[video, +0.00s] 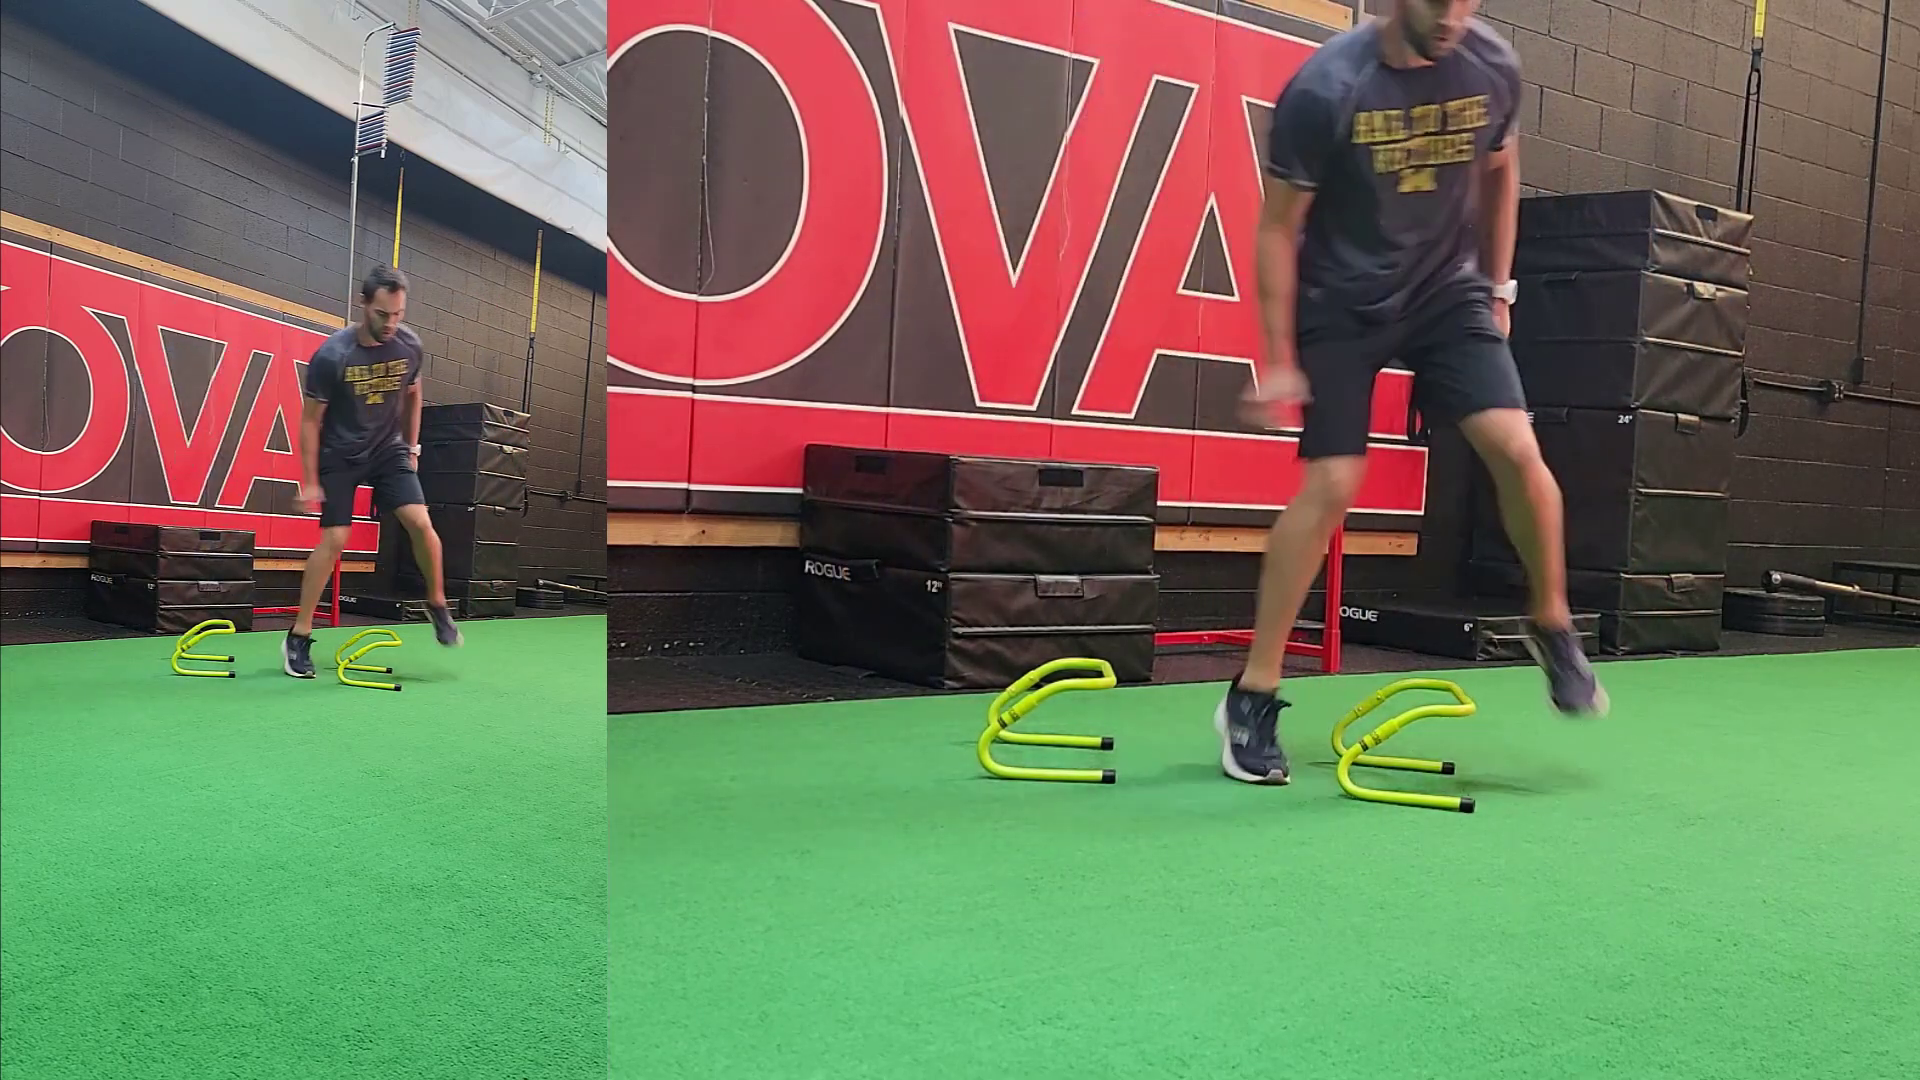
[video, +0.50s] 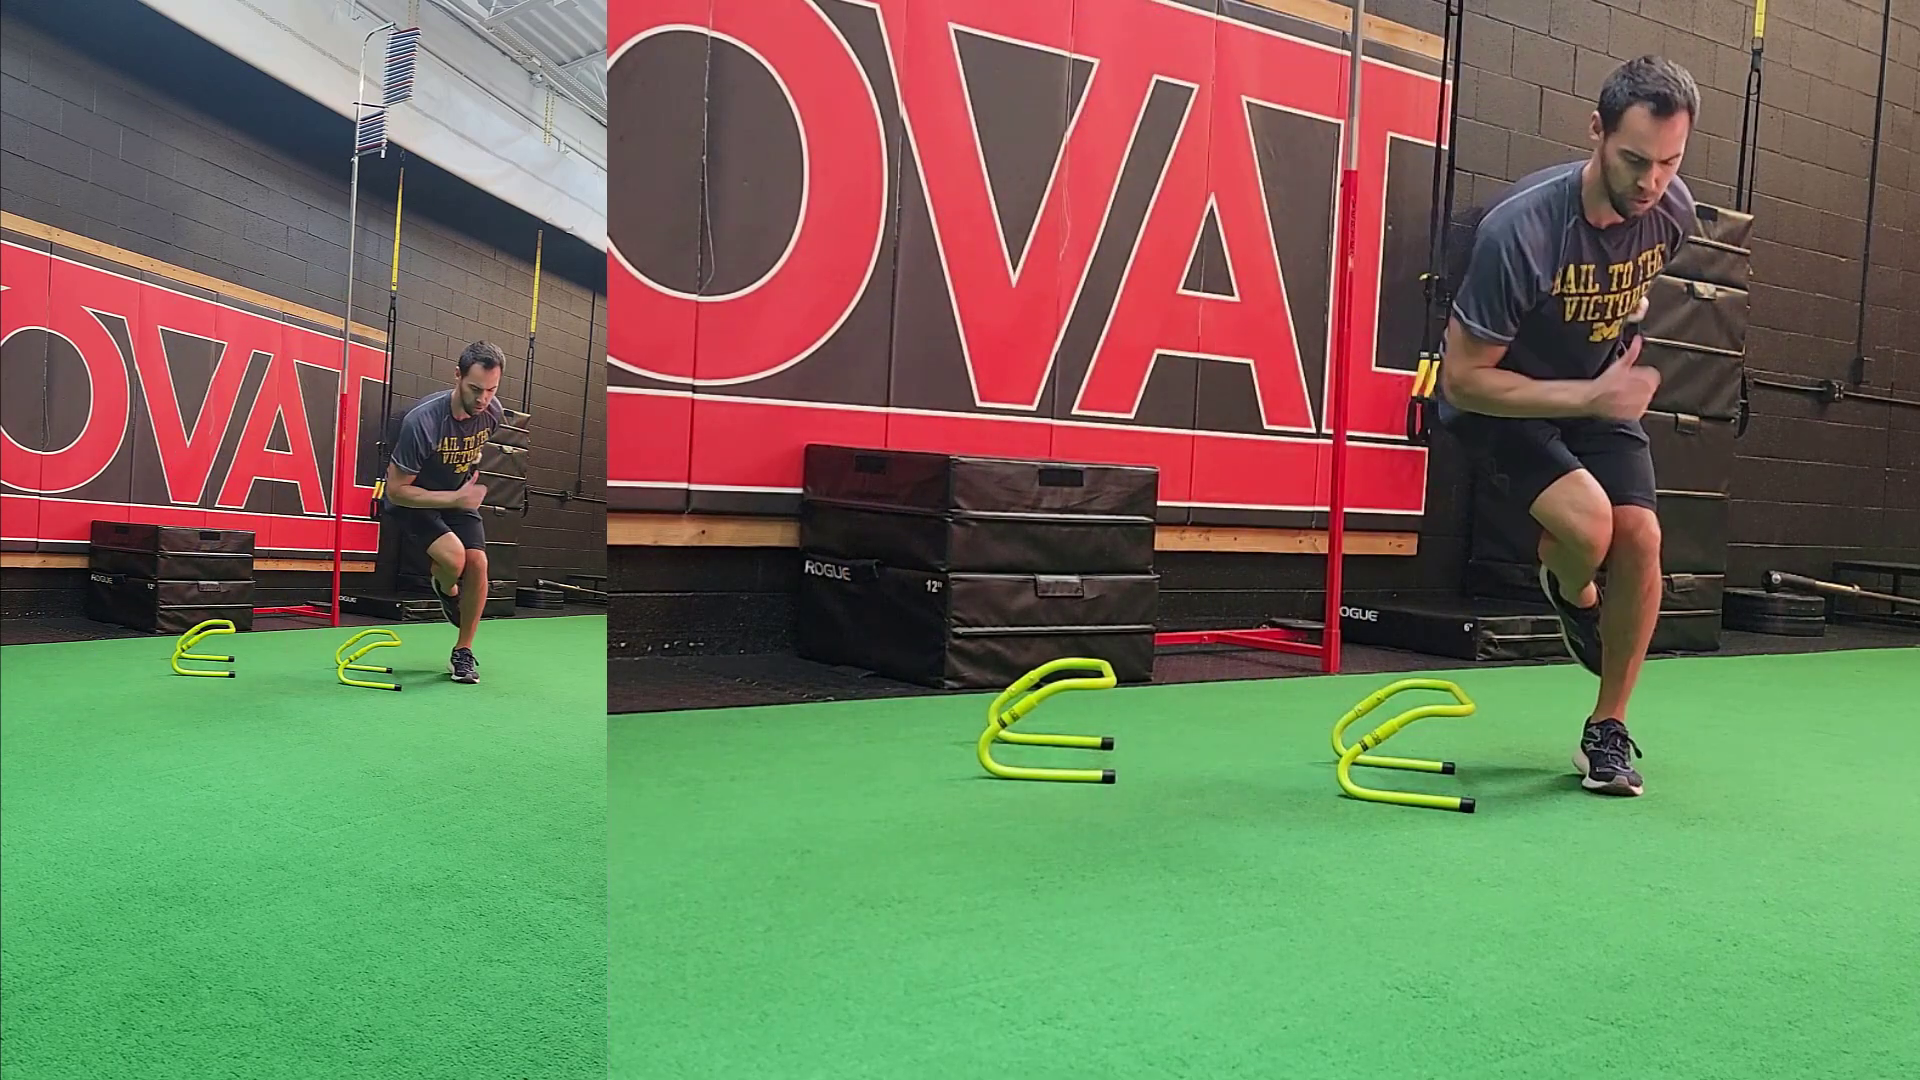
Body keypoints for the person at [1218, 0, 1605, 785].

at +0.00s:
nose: (1453, 22)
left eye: (1465, 8)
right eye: (1437, 7)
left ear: (1477, 5)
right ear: (1393, 1)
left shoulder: (1491, 65)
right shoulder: (1324, 89)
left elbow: (1499, 170)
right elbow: (1277, 226)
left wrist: (1498, 289)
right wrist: (1275, 362)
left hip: (1449, 295)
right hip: (1342, 307)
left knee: (1517, 450)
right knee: (1332, 483)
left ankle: (1554, 623)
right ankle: (1254, 695)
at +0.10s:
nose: (1515, 59)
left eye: (1530, 40)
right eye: (1497, 37)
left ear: (1543, 28)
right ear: (1453, 20)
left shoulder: (1553, 96)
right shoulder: (1387, 116)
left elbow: (1551, 191)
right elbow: (1344, 264)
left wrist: (1535, 283)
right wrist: (1421, 342)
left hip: (1504, 310)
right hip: (1402, 311)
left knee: (1545, 499)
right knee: (1427, 461)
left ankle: (1595, 709)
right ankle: (1333, 566)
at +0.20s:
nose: (1579, 121)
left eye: (1592, 101)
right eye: (1562, 100)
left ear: (1605, 88)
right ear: (1517, 79)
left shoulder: (1605, 155)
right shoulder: (1448, 179)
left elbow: (1591, 244)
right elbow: (1432, 341)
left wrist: (1584, 295)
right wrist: (1556, 316)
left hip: (1550, 368)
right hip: (1449, 369)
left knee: (1598, 528)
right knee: (1497, 492)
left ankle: (1598, 724)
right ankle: (1470, 497)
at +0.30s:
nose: (1626, 169)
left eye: (1641, 151)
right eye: (1609, 148)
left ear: (1653, 136)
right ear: (1565, 122)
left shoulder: (1644, 195)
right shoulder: (1491, 220)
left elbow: (1607, 281)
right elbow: (1488, 381)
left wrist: (1636, 306)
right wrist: (1608, 333)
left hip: (1576, 385)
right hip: (1472, 393)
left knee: (1620, 535)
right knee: (1546, 520)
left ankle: (1603, 725)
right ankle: (1524, 557)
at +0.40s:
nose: (1649, 187)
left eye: (1665, 168)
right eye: (1633, 164)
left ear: (1678, 153)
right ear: (1592, 139)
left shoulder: (1662, 209)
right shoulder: (1511, 235)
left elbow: (1618, 275)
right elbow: (1492, 394)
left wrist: (1642, 324)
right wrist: (1618, 355)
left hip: (1590, 383)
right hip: (1488, 394)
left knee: (1631, 537)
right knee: (1581, 525)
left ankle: (1604, 726)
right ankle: (1552, 586)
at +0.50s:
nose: (1652, 182)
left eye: (1669, 164)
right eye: (1636, 160)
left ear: (1685, 149)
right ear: (1596, 135)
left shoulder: (1672, 211)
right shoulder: (1517, 230)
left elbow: (1618, 284)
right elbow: (1463, 380)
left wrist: (1619, 345)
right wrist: (1591, 397)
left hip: (1594, 392)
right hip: (1498, 397)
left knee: (1640, 537)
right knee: (1590, 522)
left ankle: (1609, 726)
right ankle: (1570, 592)